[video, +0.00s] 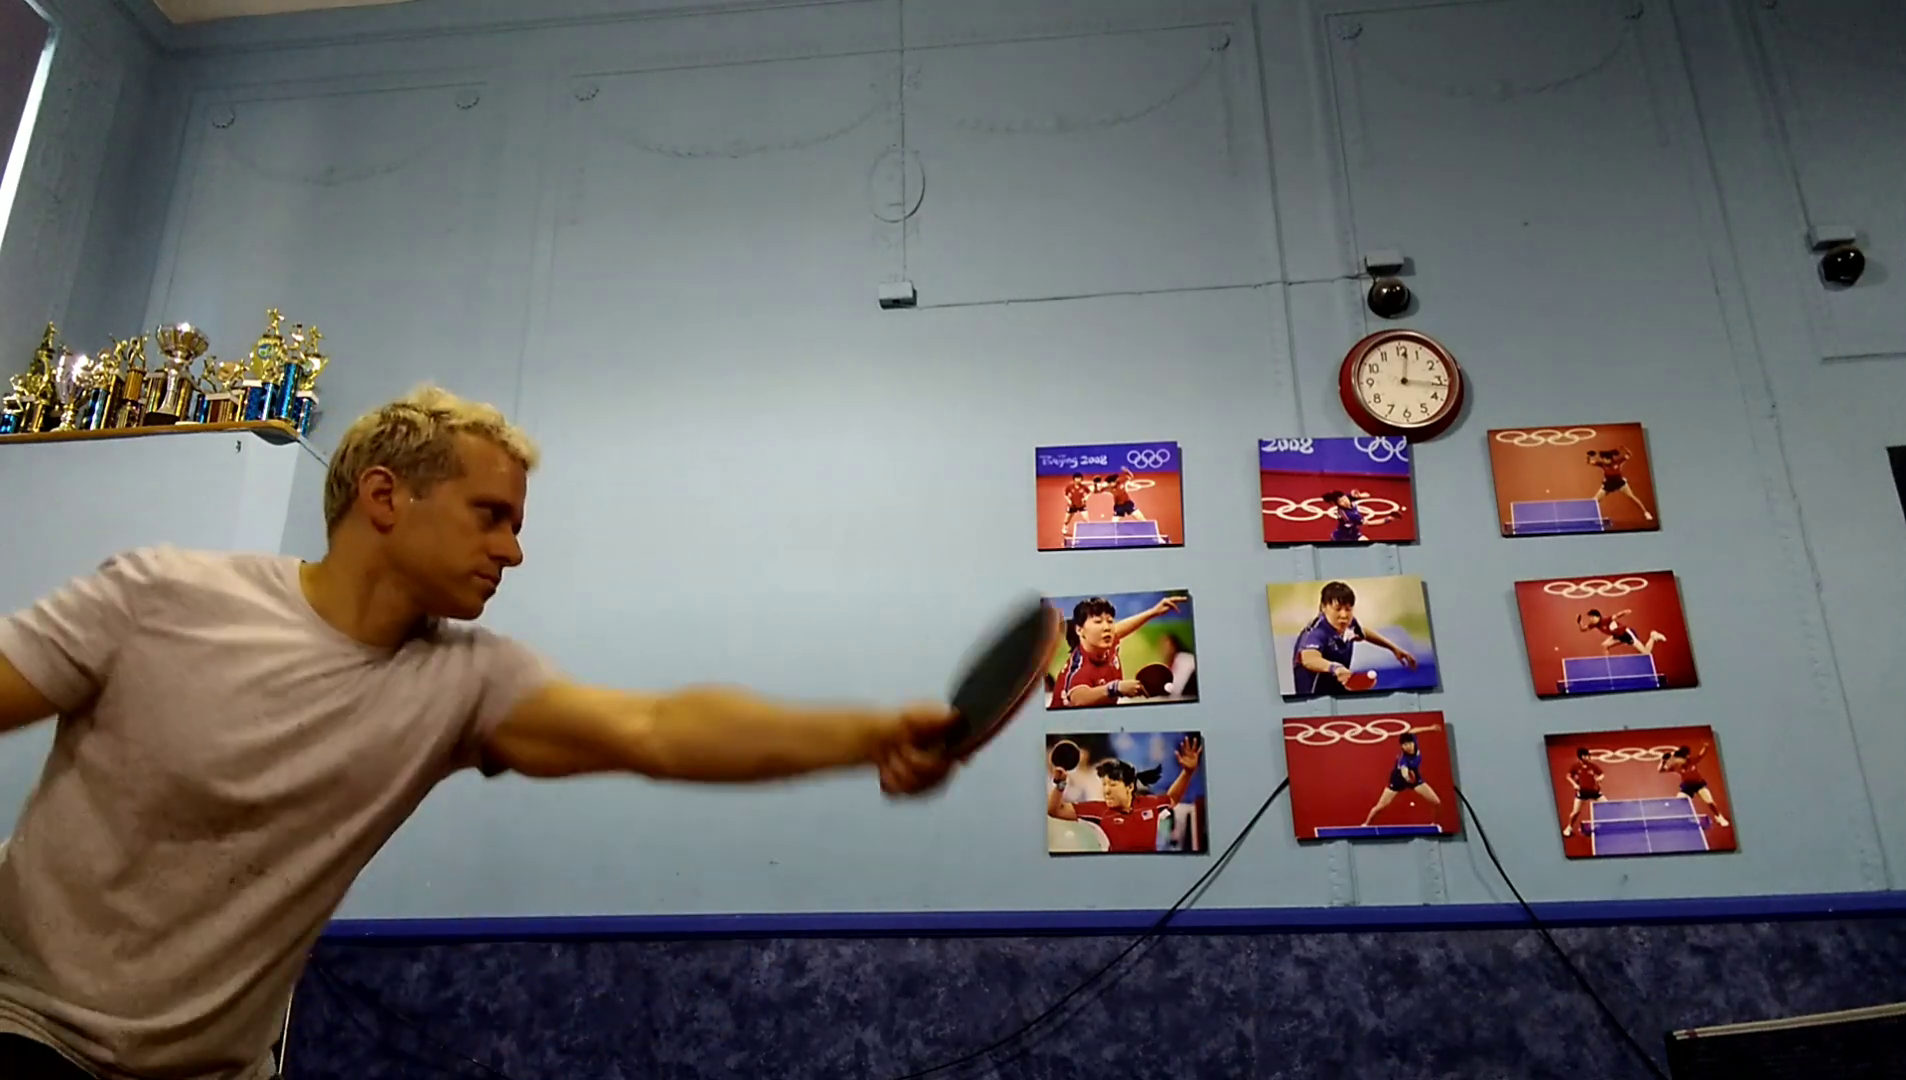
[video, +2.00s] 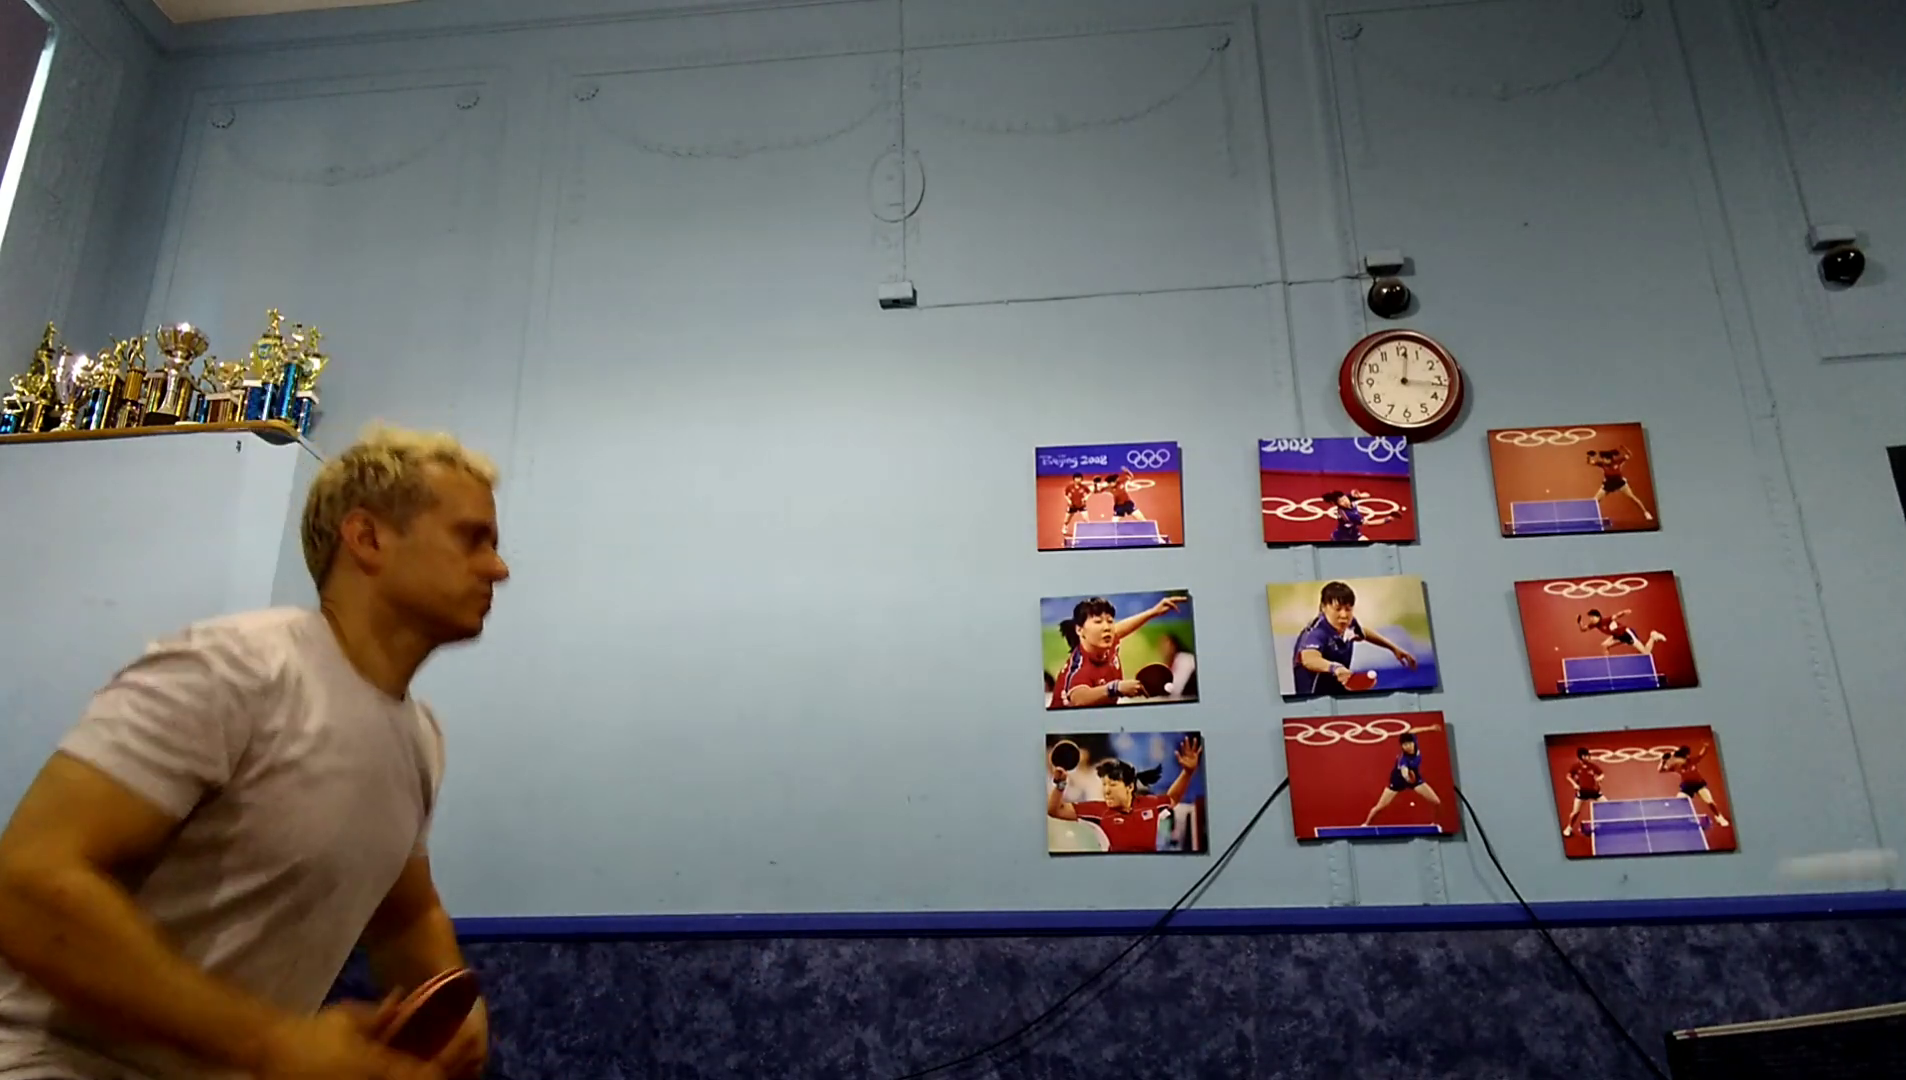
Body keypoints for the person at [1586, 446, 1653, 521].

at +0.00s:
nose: (1605, 461)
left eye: (1606, 460)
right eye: (1603, 460)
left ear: (1610, 459)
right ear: (1603, 459)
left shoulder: (1617, 461)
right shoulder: (1602, 464)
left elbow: (1629, 456)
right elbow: (1590, 463)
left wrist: (1625, 449)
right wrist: (1589, 457)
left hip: (1620, 482)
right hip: (1608, 483)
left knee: (1631, 497)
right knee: (1595, 499)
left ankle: (1645, 512)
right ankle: (1592, 519)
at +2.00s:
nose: (1605, 461)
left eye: (1606, 460)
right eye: (1603, 460)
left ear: (1610, 459)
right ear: (1603, 459)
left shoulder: (1617, 461)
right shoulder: (1602, 464)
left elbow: (1629, 457)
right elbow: (1590, 463)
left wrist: (1624, 449)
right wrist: (1589, 457)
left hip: (1620, 482)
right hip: (1608, 483)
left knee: (1632, 497)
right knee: (1595, 499)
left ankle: (1645, 512)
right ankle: (1592, 519)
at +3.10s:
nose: (1605, 461)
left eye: (1607, 460)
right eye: (1604, 460)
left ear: (1610, 459)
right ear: (1603, 459)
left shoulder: (1617, 462)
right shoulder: (1602, 464)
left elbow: (1629, 456)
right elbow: (1590, 463)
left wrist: (1624, 449)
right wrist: (1589, 457)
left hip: (1620, 482)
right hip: (1608, 483)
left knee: (1632, 497)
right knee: (1595, 499)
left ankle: (1645, 512)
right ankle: (1592, 519)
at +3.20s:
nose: (1605, 462)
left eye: (1607, 460)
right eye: (1604, 460)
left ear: (1610, 459)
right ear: (1603, 459)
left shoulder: (1617, 462)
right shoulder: (1602, 464)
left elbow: (1629, 456)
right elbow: (1590, 463)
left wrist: (1624, 449)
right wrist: (1589, 457)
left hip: (1620, 482)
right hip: (1608, 483)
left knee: (1632, 497)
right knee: (1595, 499)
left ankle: (1645, 512)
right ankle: (1592, 519)